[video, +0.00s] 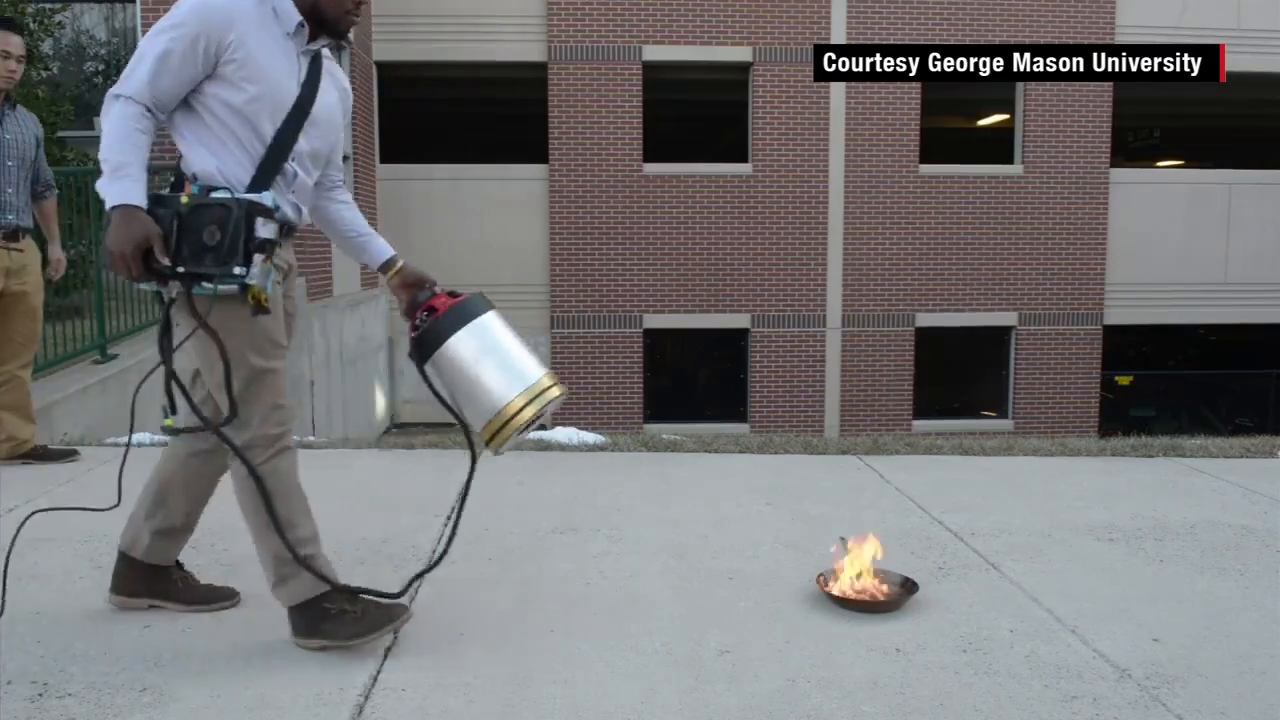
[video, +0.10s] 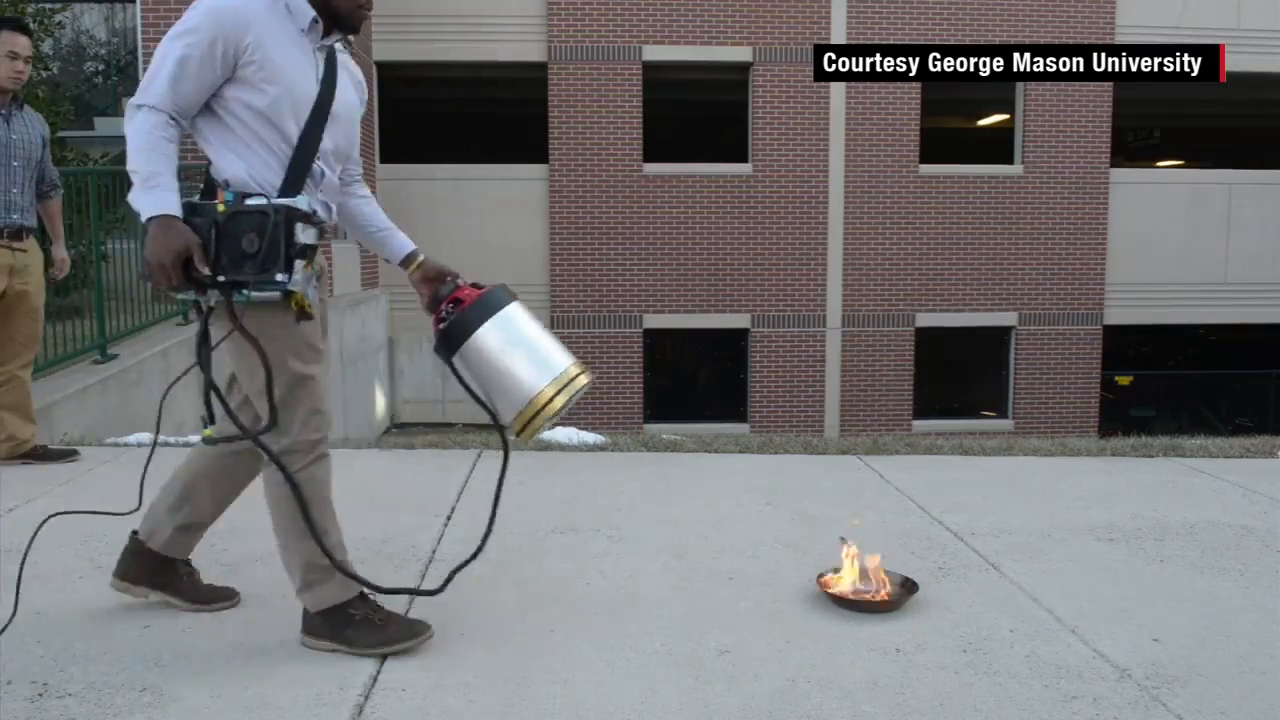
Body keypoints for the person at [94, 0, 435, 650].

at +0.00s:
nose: (362, 8)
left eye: (363, 1)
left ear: (342, 7)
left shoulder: (335, 82)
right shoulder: (222, 15)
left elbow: (326, 192)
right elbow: (130, 101)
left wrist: (390, 265)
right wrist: (126, 204)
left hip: (272, 257)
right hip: (214, 249)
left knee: (214, 419)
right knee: (262, 424)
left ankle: (145, 562)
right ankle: (312, 598)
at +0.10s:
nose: (368, 7)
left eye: (370, 1)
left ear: (349, 7)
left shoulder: (349, 76)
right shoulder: (235, 16)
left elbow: (345, 187)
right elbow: (152, 110)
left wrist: (411, 258)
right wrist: (161, 214)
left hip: (296, 263)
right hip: (246, 255)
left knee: (252, 424)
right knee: (298, 431)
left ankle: (155, 550)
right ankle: (331, 603)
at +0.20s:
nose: (391, 4)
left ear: (382, 6)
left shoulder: (374, 69)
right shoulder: (262, 16)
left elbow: (377, 183)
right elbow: (190, 119)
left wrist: (447, 259)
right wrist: (208, 224)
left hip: (357, 264)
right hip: (294, 259)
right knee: (348, 426)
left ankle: (229, 504)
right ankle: (337, 606)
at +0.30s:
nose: (411, 1)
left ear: (397, 4)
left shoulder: (392, 68)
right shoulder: (282, 14)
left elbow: (400, 180)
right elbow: (213, 118)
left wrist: (470, 259)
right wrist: (234, 224)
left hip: (380, 259)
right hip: (320, 256)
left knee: (420, 399)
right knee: (360, 432)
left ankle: (292, 501)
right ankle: (337, 607)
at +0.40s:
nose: (448, 0)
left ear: (428, 1)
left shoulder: (428, 68)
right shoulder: (318, 9)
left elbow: (437, 181)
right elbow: (248, 111)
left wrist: (502, 264)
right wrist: (263, 218)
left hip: (418, 254)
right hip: (350, 253)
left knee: (466, 392)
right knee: (371, 425)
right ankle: (336, 605)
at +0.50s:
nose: (477, 0)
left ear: (457, 5)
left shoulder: (457, 74)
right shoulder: (343, 9)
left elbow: (463, 185)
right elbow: (273, 107)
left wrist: (523, 269)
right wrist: (281, 215)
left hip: (443, 249)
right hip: (372, 251)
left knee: (482, 398)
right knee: (372, 434)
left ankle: (512, 548)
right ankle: (337, 605)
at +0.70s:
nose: (555, 14)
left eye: (558, 5)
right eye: (550, 2)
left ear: (523, 4)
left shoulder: (530, 90)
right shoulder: (418, 17)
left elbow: (525, 203)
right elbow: (344, 110)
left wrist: (568, 287)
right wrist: (338, 211)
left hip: (510, 259)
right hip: (436, 255)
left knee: (534, 408)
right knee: (416, 430)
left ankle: (555, 554)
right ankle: (347, 592)